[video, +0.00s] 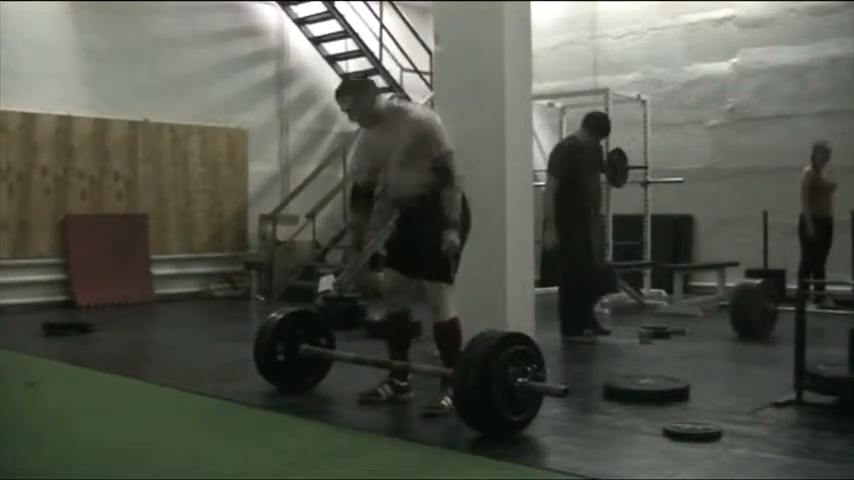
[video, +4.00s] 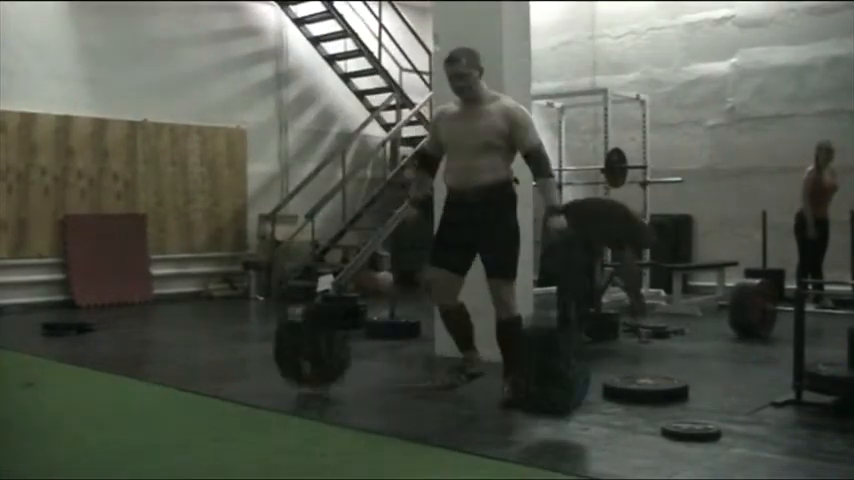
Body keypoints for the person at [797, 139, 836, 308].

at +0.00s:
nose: (824, 159)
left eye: (826, 156)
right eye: (821, 155)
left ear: (828, 158)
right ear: (814, 155)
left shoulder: (823, 175)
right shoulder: (809, 174)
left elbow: (824, 200)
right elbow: (805, 201)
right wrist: (809, 224)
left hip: (824, 221)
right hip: (811, 220)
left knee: (820, 259)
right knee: (808, 258)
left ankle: (820, 294)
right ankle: (803, 293)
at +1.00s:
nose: (822, 159)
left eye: (824, 156)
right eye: (819, 155)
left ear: (827, 158)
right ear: (813, 156)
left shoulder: (824, 174)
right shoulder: (808, 174)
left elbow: (823, 198)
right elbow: (804, 201)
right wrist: (807, 224)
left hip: (823, 220)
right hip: (809, 219)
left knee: (819, 260)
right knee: (807, 259)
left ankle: (819, 294)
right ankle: (802, 293)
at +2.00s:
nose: (822, 157)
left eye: (824, 154)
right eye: (819, 153)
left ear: (826, 156)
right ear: (812, 154)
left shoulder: (823, 173)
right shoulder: (807, 173)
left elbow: (823, 197)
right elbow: (803, 200)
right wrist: (806, 223)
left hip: (822, 219)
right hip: (809, 219)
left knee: (818, 259)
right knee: (806, 258)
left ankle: (819, 293)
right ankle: (801, 293)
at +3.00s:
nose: (827, 159)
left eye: (829, 155)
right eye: (825, 155)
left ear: (830, 157)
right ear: (818, 155)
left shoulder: (827, 174)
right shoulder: (812, 174)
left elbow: (824, 200)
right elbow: (807, 201)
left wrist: (832, 190)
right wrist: (811, 224)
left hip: (821, 220)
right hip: (808, 219)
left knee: (818, 259)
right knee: (806, 258)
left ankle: (819, 294)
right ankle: (802, 293)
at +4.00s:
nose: (826, 157)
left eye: (828, 154)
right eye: (823, 154)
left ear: (831, 156)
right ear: (817, 154)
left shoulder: (830, 173)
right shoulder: (811, 173)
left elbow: (829, 194)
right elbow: (805, 200)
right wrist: (810, 224)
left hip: (821, 219)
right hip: (807, 218)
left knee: (817, 259)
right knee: (805, 258)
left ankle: (819, 294)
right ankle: (801, 293)